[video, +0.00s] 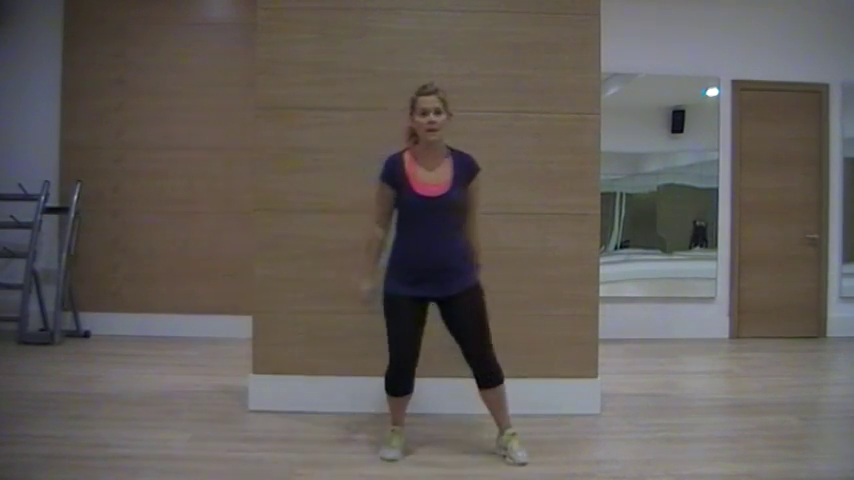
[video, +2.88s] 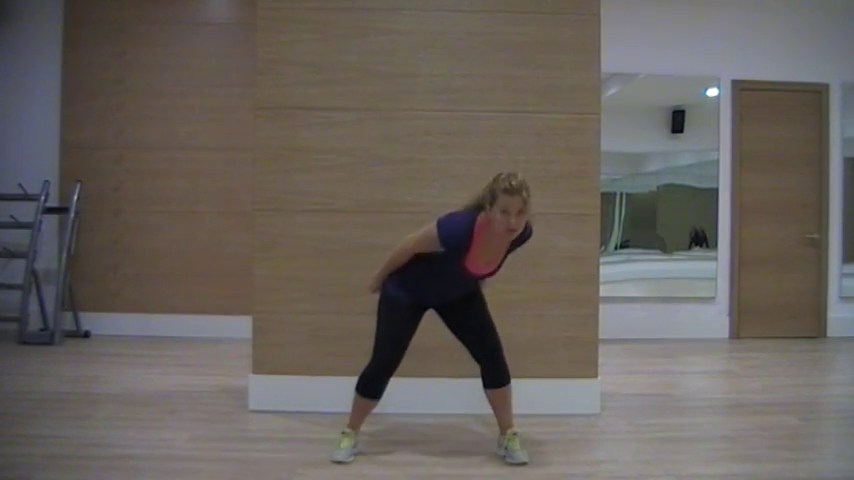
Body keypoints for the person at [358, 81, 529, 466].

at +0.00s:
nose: (431, 119)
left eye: (437, 112)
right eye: (423, 113)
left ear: (448, 117)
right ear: (412, 120)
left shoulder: (464, 165)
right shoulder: (396, 166)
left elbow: (471, 223)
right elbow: (380, 223)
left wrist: (475, 270)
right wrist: (369, 273)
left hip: (456, 277)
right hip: (406, 279)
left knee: (482, 356)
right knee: (401, 362)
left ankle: (507, 433)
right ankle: (396, 432)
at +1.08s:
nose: (393, 138)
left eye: (400, 131)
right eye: (386, 131)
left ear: (414, 135)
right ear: (377, 136)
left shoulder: (431, 178)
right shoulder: (367, 177)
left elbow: (453, 233)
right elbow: (365, 235)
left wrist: (475, 275)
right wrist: (360, 285)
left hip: (427, 289)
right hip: (377, 289)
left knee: (467, 364)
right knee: (347, 363)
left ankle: (506, 434)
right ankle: (346, 433)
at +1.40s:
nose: (375, 184)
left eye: (382, 177)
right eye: (368, 177)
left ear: (395, 181)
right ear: (358, 180)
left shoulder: (413, 218)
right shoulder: (349, 215)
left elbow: (440, 259)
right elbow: (354, 261)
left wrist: (462, 294)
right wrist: (357, 299)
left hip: (423, 303)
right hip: (373, 304)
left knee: (469, 365)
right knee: (341, 362)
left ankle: (506, 435)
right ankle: (346, 435)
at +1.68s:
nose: (387, 226)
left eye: (395, 219)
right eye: (380, 218)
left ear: (406, 221)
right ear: (369, 220)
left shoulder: (425, 251)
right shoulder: (356, 249)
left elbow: (451, 281)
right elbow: (352, 283)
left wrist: (467, 306)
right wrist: (351, 320)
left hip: (429, 311)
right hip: (380, 312)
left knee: (476, 367)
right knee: (347, 365)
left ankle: (507, 436)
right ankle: (346, 435)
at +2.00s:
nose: (428, 266)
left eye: (435, 258)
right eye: (420, 258)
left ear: (445, 258)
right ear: (406, 255)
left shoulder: (460, 280)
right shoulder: (385, 273)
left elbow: (468, 307)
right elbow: (361, 296)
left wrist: (468, 327)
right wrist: (355, 323)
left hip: (442, 320)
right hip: (388, 318)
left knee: (484, 366)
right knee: (358, 369)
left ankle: (507, 435)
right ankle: (347, 434)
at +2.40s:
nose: (483, 269)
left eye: (489, 260)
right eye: (474, 261)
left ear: (497, 256)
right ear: (458, 257)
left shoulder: (503, 274)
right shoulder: (430, 266)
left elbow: (484, 289)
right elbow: (388, 275)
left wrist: (481, 303)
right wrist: (365, 302)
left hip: (452, 314)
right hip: (402, 307)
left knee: (493, 361)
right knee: (372, 368)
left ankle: (509, 436)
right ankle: (348, 435)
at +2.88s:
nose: (513, 221)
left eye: (520, 214)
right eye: (505, 213)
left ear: (528, 213)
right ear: (488, 210)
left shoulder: (522, 234)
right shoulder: (457, 228)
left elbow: (482, 257)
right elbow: (409, 246)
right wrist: (380, 277)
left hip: (459, 290)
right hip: (409, 287)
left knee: (492, 357)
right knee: (384, 362)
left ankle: (508, 436)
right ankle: (350, 434)